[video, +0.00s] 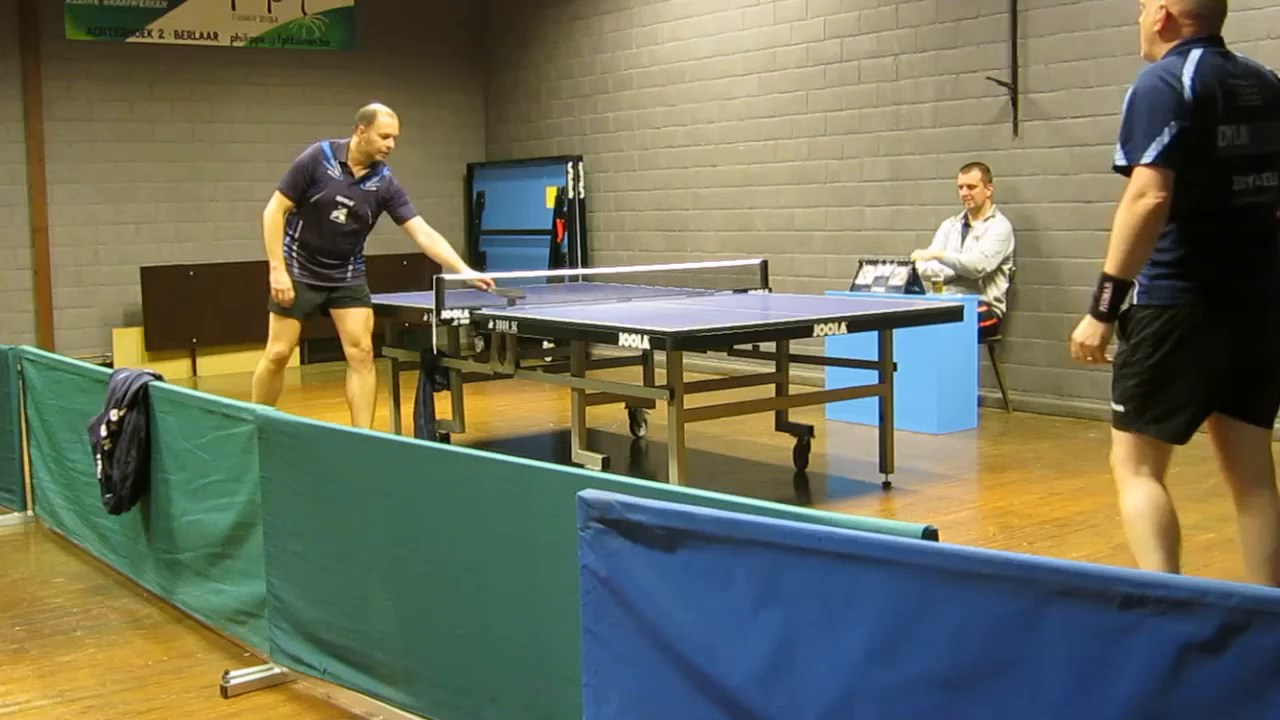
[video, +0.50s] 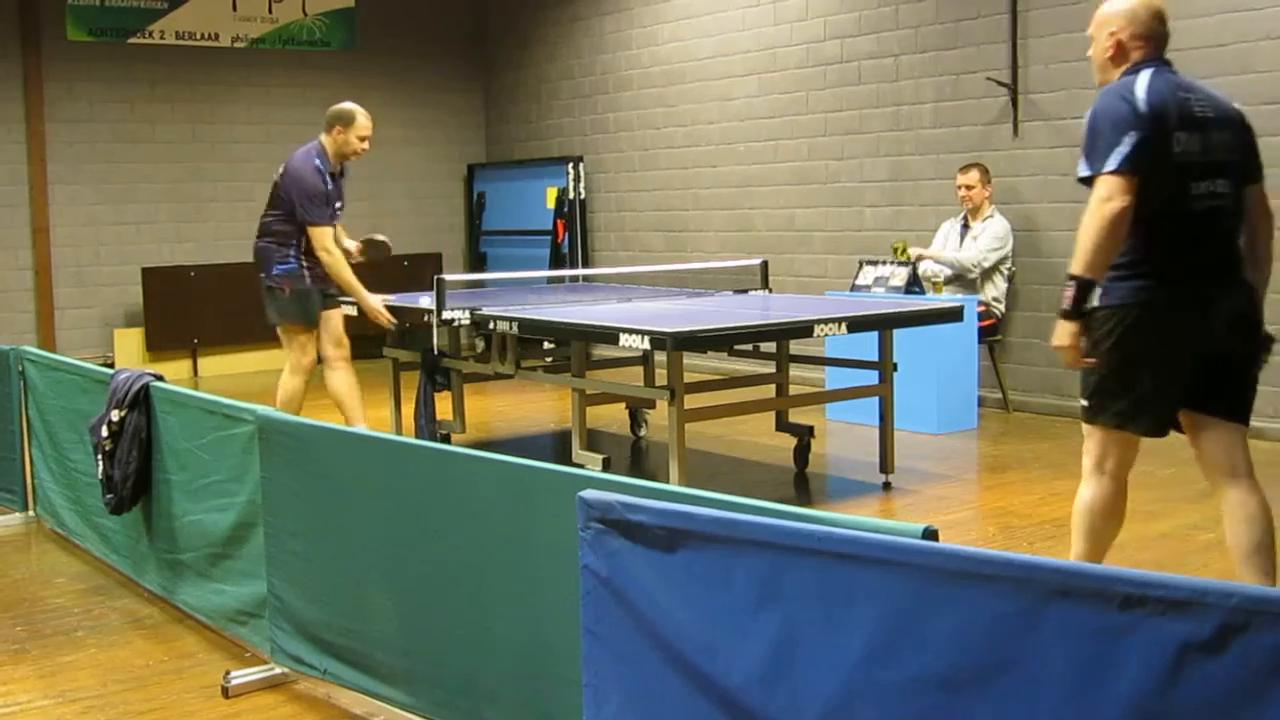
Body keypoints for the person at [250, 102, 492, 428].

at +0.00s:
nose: (391, 145)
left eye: (394, 138)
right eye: (385, 137)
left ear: (393, 139)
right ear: (360, 132)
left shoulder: (385, 183)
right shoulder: (318, 158)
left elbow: (423, 233)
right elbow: (274, 211)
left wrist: (466, 271)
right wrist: (277, 269)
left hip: (348, 275)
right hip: (298, 271)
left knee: (361, 352)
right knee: (278, 354)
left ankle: (362, 443)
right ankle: (257, 430)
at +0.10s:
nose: (395, 146)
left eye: (397, 140)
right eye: (389, 138)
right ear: (363, 133)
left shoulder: (387, 183)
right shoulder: (319, 158)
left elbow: (423, 234)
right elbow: (275, 213)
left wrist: (464, 273)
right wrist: (283, 268)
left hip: (348, 274)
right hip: (300, 270)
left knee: (361, 352)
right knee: (282, 354)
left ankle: (362, 443)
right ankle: (260, 433)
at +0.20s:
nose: (392, 145)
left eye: (395, 138)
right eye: (386, 136)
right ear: (361, 129)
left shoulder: (387, 182)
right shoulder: (317, 158)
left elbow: (415, 231)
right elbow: (280, 217)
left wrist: (444, 272)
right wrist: (298, 273)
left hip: (347, 272)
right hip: (300, 267)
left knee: (362, 351)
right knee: (290, 355)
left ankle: (363, 443)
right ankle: (268, 437)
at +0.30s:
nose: (384, 142)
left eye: (387, 135)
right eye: (379, 134)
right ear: (354, 127)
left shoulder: (377, 175)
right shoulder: (311, 160)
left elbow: (390, 221)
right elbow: (287, 226)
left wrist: (407, 262)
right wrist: (319, 281)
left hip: (342, 268)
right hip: (297, 267)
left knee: (360, 350)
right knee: (300, 355)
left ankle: (363, 443)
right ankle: (273, 439)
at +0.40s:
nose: (374, 144)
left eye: (376, 137)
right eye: (369, 135)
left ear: (352, 131)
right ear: (343, 128)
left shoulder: (358, 168)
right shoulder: (305, 166)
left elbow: (359, 216)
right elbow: (305, 240)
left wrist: (371, 249)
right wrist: (342, 290)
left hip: (334, 263)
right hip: (292, 265)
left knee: (352, 350)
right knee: (306, 356)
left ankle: (362, 442)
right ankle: (279, 443)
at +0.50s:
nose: (366, 147)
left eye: (368, 140)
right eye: (361, 139)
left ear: (341, 135)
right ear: (336, 132)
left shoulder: (334, 165)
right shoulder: (307, 170)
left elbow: (327, 216)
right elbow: (323, 250)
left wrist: (345, 241)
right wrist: (365, 299)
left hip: (317, 259)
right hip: (284, 262)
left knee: (337, 351)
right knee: (301, 359)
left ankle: (360, 438)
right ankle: (278, 444)